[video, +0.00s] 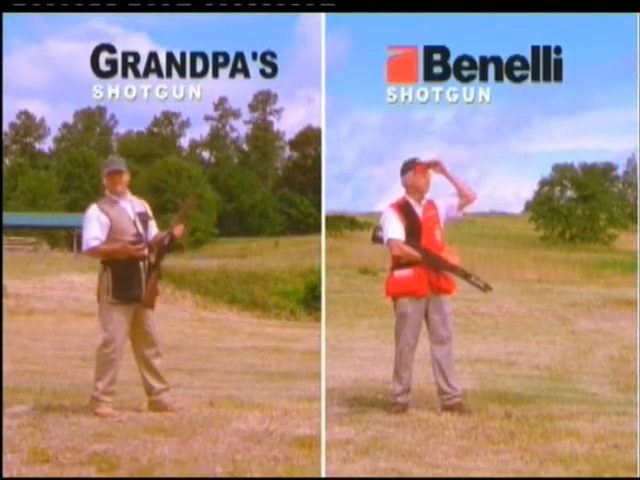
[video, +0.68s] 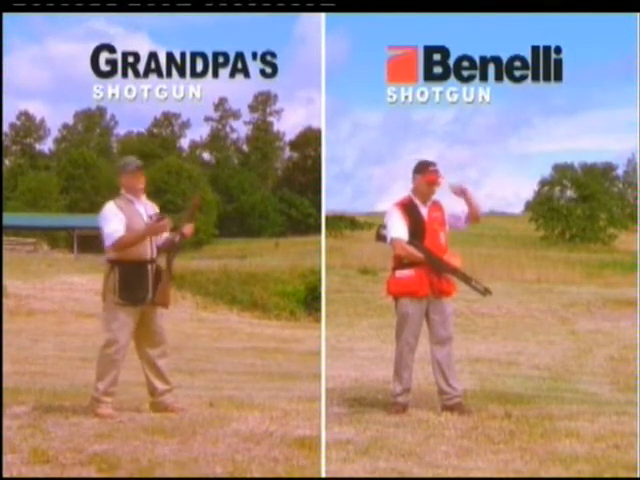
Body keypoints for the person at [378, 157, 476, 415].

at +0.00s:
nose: (427, 178)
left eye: (427, 174)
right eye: (421, 174)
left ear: (428, 179)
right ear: (407, 179)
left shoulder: (437, 208)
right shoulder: (394, 212)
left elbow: (468, 198)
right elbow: (396, 250)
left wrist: (446, 173)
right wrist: (433, 259)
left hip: (436, 281)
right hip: (409, 282)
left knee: (443, 340)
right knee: (406, 343)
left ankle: (450, 397)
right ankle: (400, 396)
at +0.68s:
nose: (434, 187)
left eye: (436, 182)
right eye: (430, 182)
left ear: (438, 183)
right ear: (416, 180)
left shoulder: (441, 208)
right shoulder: (398, 211)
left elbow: (473, 218)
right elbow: (399, 250)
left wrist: (466, 196)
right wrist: (434, 261)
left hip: (439, 282)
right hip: (410, 283)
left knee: (443, 340)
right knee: (407, 343)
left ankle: (451, 397)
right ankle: (401, 396)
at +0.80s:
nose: (436, 189)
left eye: (439, 184)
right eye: (432, 183)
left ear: (441, 185)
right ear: (419, 181)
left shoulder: (444, 210)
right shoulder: (401, 210)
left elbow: (465, 225)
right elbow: (402, 249)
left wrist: (474, 225)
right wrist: (435, 262)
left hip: (440, 281)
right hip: (411, 282)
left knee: (443, 340)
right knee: (407, 343)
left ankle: (450, 397)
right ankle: (400, 397)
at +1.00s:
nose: (441, 190)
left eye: (445, 186)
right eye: (437, 185)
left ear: (448, 186)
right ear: (425, 182)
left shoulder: (449, 210)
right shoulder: (406, 209)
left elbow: (470, 237)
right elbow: (407, 246)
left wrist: (469, 265)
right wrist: (439, 264)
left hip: (442, 283)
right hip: (412, 283)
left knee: (444, 342)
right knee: (407, 343)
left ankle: (451, 397)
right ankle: (400, 396)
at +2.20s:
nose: (427, 181)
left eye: (429, 176)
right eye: (422, 177)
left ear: (433, 178)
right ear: (410, 181)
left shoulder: (443, 209)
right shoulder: (396, 211)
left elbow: (462, 247)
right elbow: (383, 248)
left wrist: (470, 228)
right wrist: (405, 246)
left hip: (440, 280)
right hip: (409, 281)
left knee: (444, 341)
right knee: (406, 342)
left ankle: (451, 397)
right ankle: (400, 395)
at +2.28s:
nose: (422, 182)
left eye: (425, 177)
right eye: (417, 178)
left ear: (429, 179)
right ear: (407, 182)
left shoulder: (440, 208)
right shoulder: (394, 211)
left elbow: (451, 240)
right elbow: (380, 249)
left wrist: (448, 250)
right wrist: (398, 245)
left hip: (439, 284)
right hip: (409, 286)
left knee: (443, 342)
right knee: (406, 343)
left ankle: (449, 396)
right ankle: (401, 395)